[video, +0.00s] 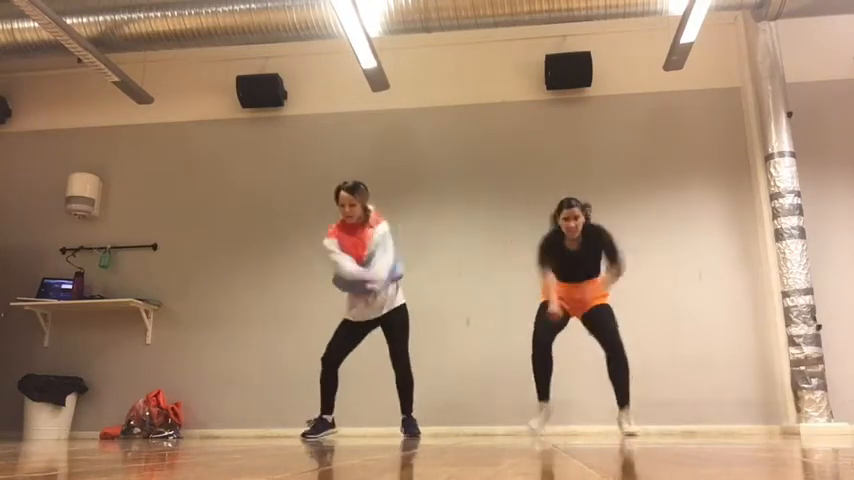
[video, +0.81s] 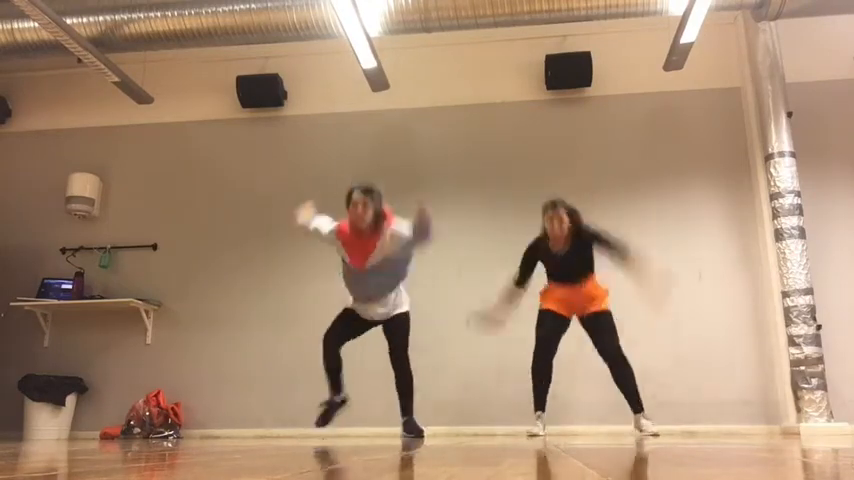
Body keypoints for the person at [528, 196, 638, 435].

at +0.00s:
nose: (571, 224)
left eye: (576, 218)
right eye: (566, 219)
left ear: (584, 218)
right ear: (558, 220)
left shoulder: (598, 235)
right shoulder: (549, 242)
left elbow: (617, 266)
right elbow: (546, 275)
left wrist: (600, 287)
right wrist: (552, 302)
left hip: (592, 299)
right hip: (559, 299)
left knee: (614, 346)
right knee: (540, 343)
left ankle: (624, 413)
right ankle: (543, 407)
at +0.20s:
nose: (570, 223)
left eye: (575, 218)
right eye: (565, 219)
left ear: (583, 219)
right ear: (557, 222)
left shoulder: (596, 234)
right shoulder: (549, 247)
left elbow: (628, 259)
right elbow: (544, 288)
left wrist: (610, 285)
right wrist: (545, 319)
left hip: (590, 299)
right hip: (556, 301)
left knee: (609, 353)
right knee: (541, 354)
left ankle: (625, 416)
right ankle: (541, 418)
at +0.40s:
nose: (575, 244)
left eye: (579, 238)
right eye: (570, 239)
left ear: (588, 233)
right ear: (562, 235)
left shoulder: (598, 251)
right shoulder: (556, 233)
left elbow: (603, 288)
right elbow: (540, 223)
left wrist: (601, 310)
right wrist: (528, 219)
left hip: (587, 303)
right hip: (553, 299)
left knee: (622, 343)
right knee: (539, 351)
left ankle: (639, 408)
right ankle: (533, 416)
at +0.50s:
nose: (561, 266)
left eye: (565, 260)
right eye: (557, 260)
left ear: (578, 255)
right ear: (552, 255)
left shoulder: (589, 278)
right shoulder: (557, 254)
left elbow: (585, 326)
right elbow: (569, 223)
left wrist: (577, 364)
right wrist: (568, 193)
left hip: (589, 317)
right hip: (557, 314)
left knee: (626, 357)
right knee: (534, 354)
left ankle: (638, 419)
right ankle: (536, 418)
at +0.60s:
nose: (553, 279)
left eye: (558, 273)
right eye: (550, 273)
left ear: (572, 271)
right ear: (548, 270)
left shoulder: (586, 292)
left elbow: (581, 338)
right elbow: (569, 233)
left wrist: (571, 372)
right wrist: (561, 198)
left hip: (590, 327)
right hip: (558, 326)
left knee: (628, 361)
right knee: (534, 359)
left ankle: (641, 421)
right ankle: (537, 420)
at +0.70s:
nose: (561, 265)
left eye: (566, 260)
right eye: (557, 259)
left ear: (577, 258)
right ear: (550, 257)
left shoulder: (589, 276)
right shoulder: (548, 259)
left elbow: (600, 320)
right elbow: (530, 250)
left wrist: (598, 356)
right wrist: (506, 243)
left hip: (590, 321)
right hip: (556, 319)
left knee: (626, 361)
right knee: (537, 361)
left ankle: (641, 421)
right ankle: (537, 421)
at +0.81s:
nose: (557, 226)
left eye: (562, 220)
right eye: (552, 221)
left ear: (571, 221)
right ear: (545, 224)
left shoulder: (585, 236)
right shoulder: (538, 248)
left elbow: (621, 253)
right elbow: (519, 284)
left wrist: (646, 281)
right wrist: (498, 313)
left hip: (590, 298)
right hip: (556, 300)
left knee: (613, 354)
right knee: (542, 354)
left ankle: (640, 417)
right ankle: (539, 419)